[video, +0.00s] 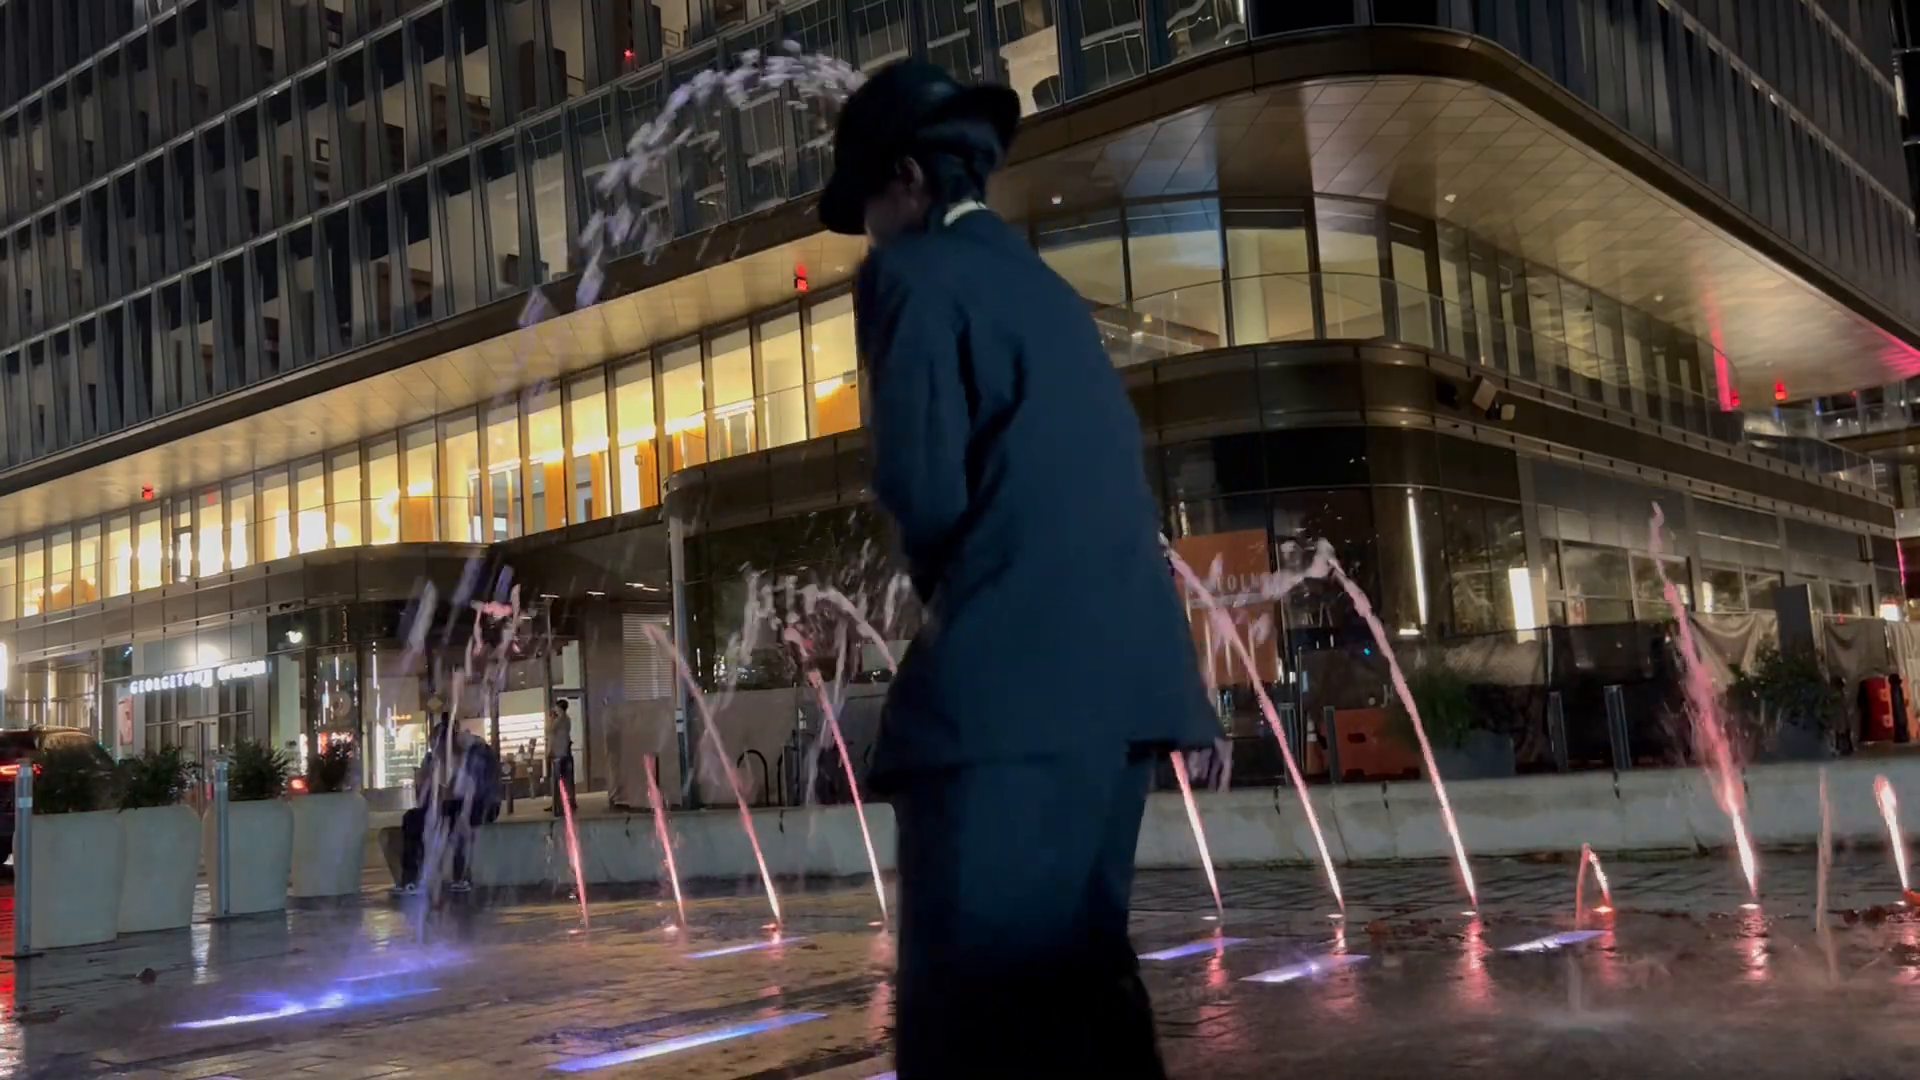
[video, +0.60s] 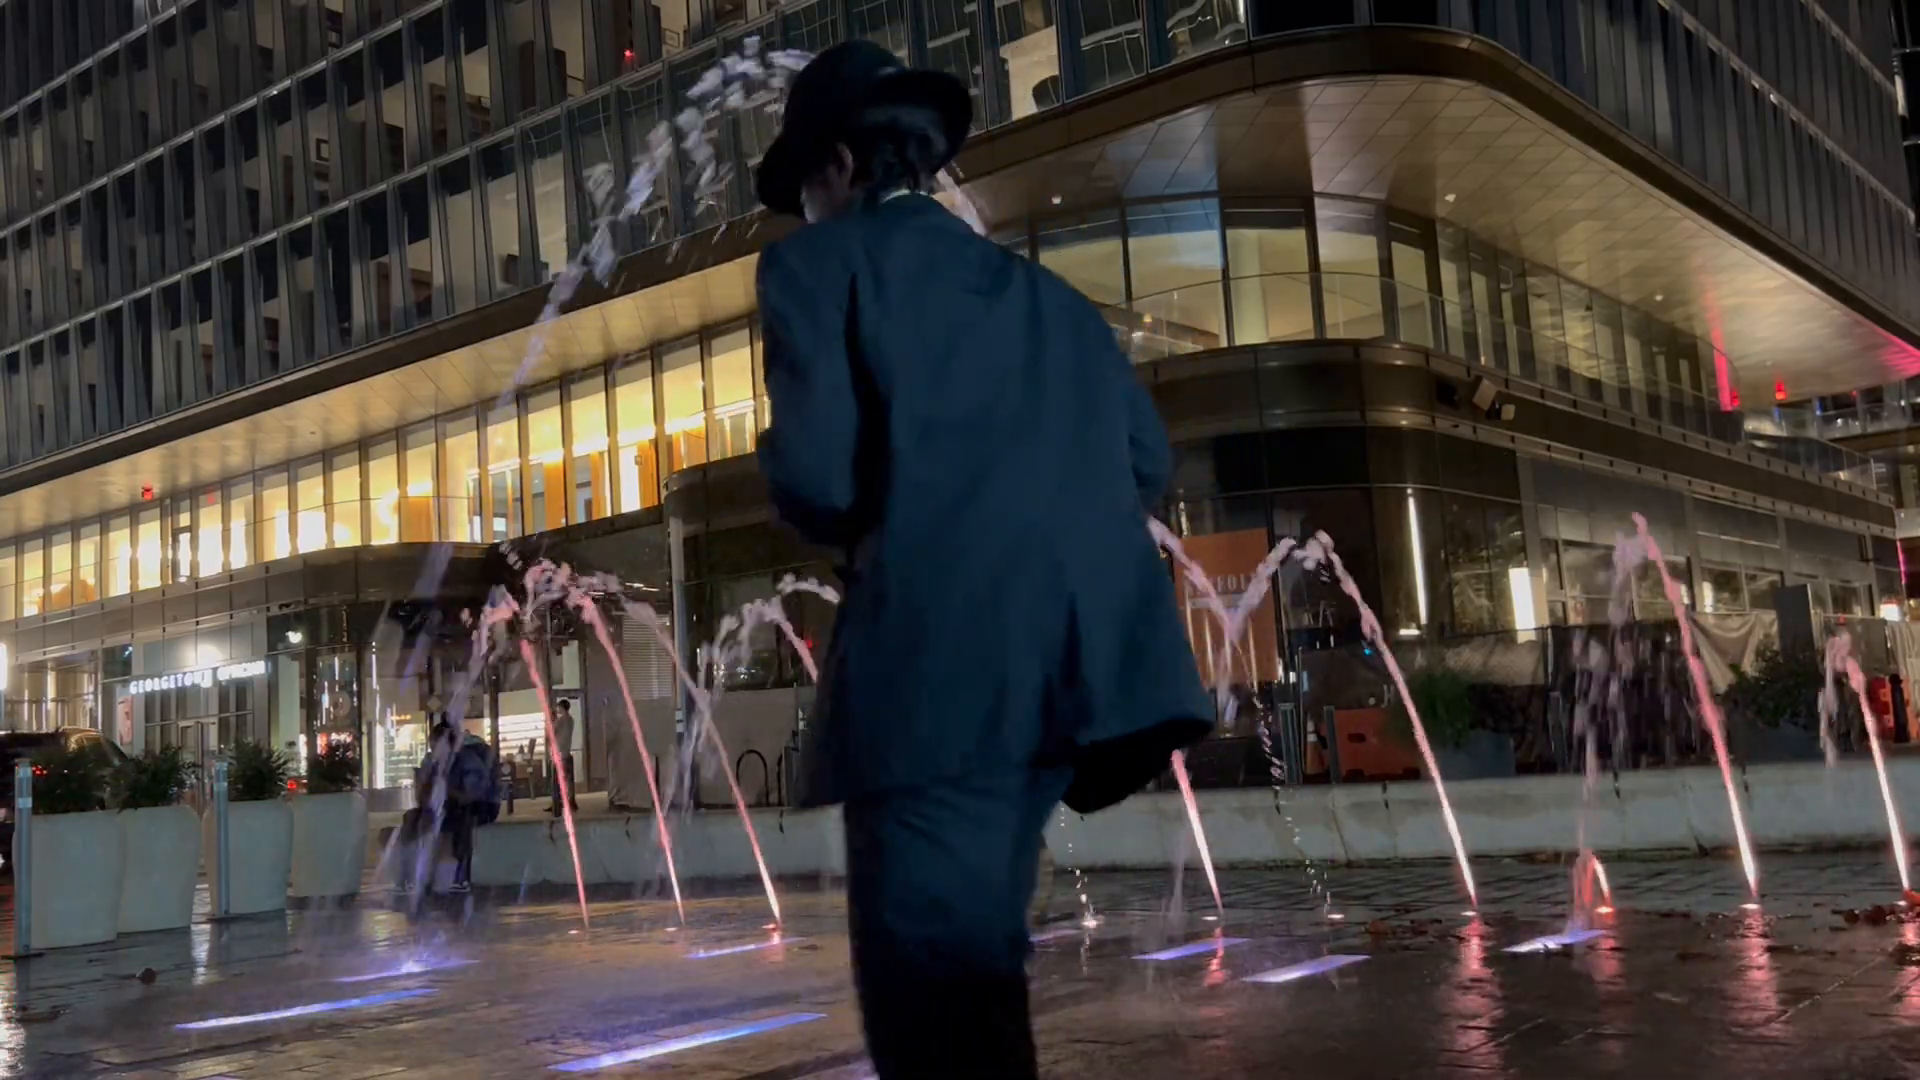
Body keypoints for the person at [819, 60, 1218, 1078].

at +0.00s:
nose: (863, 235)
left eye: (864, 208)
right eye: (857, 216)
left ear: (908, 180)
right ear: (956, 180)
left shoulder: (917, 270)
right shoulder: (1045, 284)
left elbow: (921, 487)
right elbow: (1096, 484)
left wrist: (952, 580)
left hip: (1006, 689)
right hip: (1115, 683)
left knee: (963, 993)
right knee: (1085, 968)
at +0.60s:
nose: (805, 214)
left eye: (806, 189)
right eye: (801, 195)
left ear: (842, 165)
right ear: (929, 169)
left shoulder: (818, 257)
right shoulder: (1050, 291)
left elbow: (813, 477)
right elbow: (1147, 462)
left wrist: (852, 548)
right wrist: (1027, 521)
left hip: (940, 640)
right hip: (1083, 639)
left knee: (915, 976)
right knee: (987, 951)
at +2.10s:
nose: (858, 242)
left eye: (880, 219)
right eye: (833, 219)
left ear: (908, 235)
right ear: (797, 239)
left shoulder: (1003, 340)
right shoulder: (760, 422)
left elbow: (1129, 486)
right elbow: (724, 592)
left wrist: (1144, 604)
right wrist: (797, 608)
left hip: (1031, 705)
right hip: (888, 737)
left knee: (1024, 982)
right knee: (844, 938)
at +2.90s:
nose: (693, 276)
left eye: (712, 248)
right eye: (687, 254)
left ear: (779, 241)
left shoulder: (828, 346)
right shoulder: (788, 354)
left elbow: (779, 520)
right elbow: (793, 530)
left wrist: (682, 472)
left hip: (876, 718)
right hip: (849, 717)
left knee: (717, 928)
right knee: (795, 954)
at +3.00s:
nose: (725, 249)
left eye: (744, 221)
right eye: (708, 230)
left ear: (802, 212)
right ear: (696, 239)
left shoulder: (833, 318)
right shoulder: (797, 326)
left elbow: (774, 476)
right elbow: (800, 494)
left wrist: (678, 451)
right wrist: (709, 479)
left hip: (896, 692)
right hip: (850, 690)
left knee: (807, 912)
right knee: (775, 891)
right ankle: (824, 1079)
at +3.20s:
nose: (737, 301)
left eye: (760, 275)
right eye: (722, 279)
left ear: (816, 269)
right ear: (710, 282)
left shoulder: (853, 391)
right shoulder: (797, 393)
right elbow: (827, 575)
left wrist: (721, 515)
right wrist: (733, 620)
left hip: (981, 735)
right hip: (913, 735)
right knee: (802, 910)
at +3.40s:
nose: (987, 185)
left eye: (1004, 158)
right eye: (958, 164)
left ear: (1034, 173)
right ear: (915, 186)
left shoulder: (1120, 326)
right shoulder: (832, 346)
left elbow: (1196, 496)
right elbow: (801, 539)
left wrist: (1133, 479)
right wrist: (879, 567)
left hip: (1085, 727)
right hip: (905, 738)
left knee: (1177, 999)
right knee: (843, 1001)